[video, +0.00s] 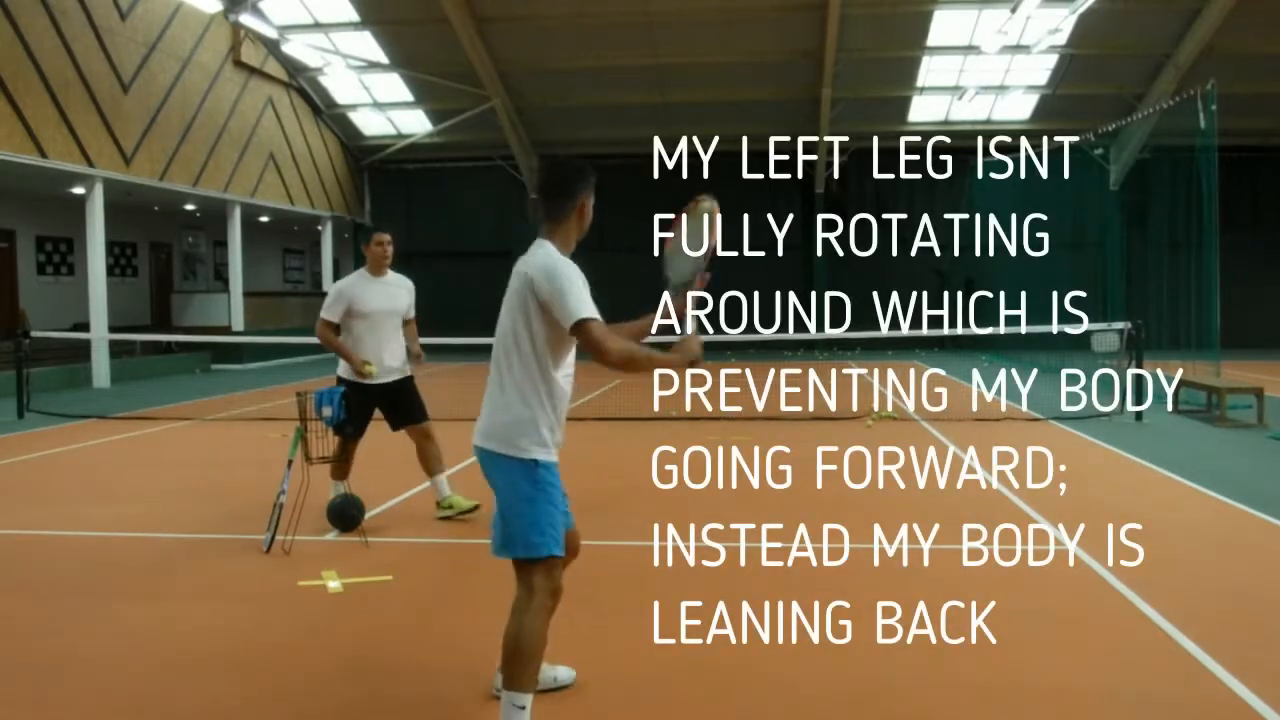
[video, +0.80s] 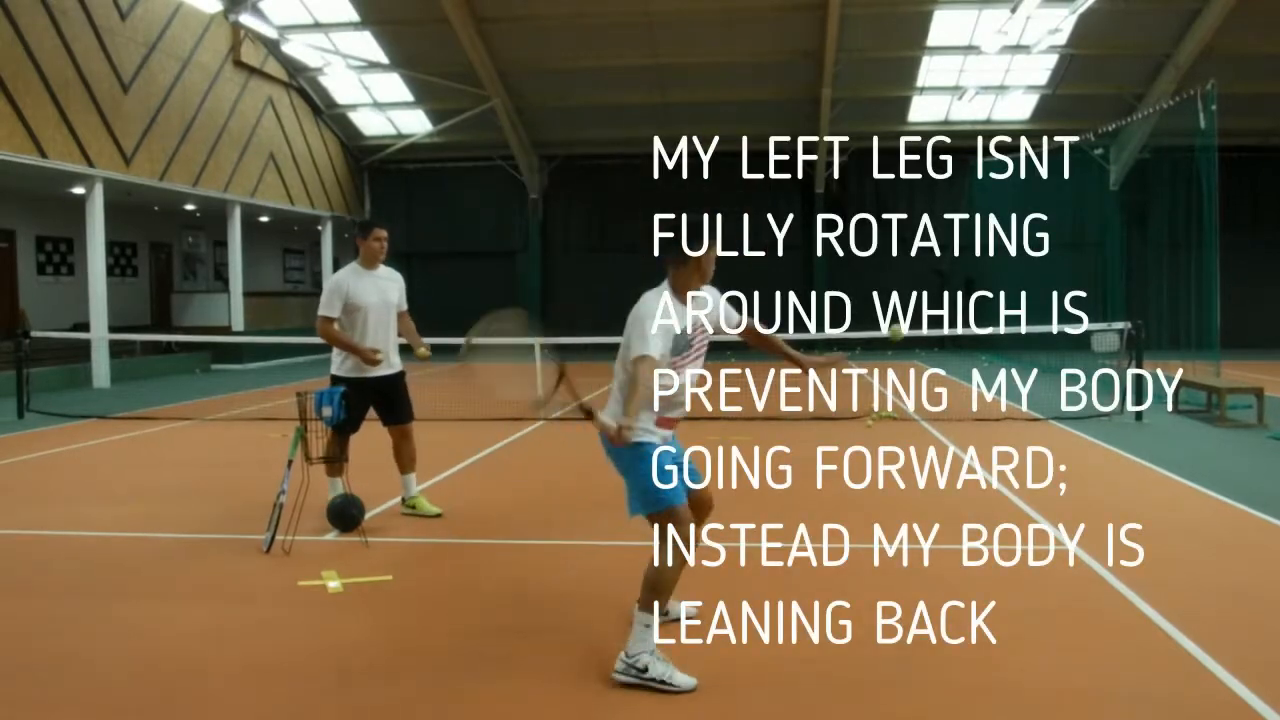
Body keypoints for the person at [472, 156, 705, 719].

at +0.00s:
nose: (593, 212)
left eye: (591, 203)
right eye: (592, 203)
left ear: (544, 205)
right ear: (583, 206)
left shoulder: (541, 263)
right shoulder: (555, 269)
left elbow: (595, 336)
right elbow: (608, 351)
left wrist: (657, 321)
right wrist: (674, 357)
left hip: (519, 442)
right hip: (519, 446)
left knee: (564, 544)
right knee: (539, 585)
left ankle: (518, 668)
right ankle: (515, 709)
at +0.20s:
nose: (619, 229)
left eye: (618, 221)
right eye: (618, 220)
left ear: (577, 222)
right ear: (608, 223)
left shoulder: (594, 279)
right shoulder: (558, 275)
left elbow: (651, 310)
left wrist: (712, 280)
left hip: (559, 442)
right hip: (546, 444)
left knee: (580, 561)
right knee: (595, 568)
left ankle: (520, 666)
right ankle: (535, 703)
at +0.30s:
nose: (644, 231)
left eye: (643, 223)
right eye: (639, 222)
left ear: (626, 226)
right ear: (621, 222)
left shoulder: (635, 274)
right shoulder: (573, 261)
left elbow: (689, 300)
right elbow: (557, 288)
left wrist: (733, 269)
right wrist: (619, 258)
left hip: (583, 433)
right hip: (560, 433)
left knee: (584, 554)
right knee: (622, 546)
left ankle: (519, 662)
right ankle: (579, 679)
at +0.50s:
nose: (680, 245)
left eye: (682, 236)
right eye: (674, 234)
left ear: (678, 242)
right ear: (654, 234)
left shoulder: (671, 284)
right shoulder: (605, 273)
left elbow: (729, 315)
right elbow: (555, 307)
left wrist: (788, 306)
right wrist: (588, 287)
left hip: (620, 427)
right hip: (591, 428)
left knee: (649, 527)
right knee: (663, 531)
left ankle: (567, 602)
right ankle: (634, 659)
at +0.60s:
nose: (691, 262)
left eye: (691, 253)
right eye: (685, 254)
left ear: (668, 258)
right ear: (662, 256)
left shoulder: (684, 298)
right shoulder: (618, 296)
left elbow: (739, 332)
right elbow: (577, 341)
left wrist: (803, 352)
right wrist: (593, 331)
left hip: (635, 438)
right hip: (603, 441)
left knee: (686, 511)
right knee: (669, 537)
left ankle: (626, 599)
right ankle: (635, 658)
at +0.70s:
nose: (702, 269)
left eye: (703, 262)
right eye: (697, 262)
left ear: (687, 266)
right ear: (674, 264)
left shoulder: (698, 306)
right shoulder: (635, 307)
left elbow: (754, 340)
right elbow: (608, 356)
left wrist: (814, 365)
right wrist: (595, 379)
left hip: (646, 438)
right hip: (616, 440)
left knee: (698, 512)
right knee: (673, 535)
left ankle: (657, 602)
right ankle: (634, 658)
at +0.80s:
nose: (715, 262)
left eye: (713, 254)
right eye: (709, 254)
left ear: (686, 262)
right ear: (688, 260)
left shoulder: (706, 300)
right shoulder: (654, 310)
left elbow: (751, 333)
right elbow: (642, 373)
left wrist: (803, 361)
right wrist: (626, 419)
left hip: (663, 430)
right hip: (633, 432)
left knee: (701, 505)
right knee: (677, 533)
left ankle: (655, 599)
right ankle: (637, 654)